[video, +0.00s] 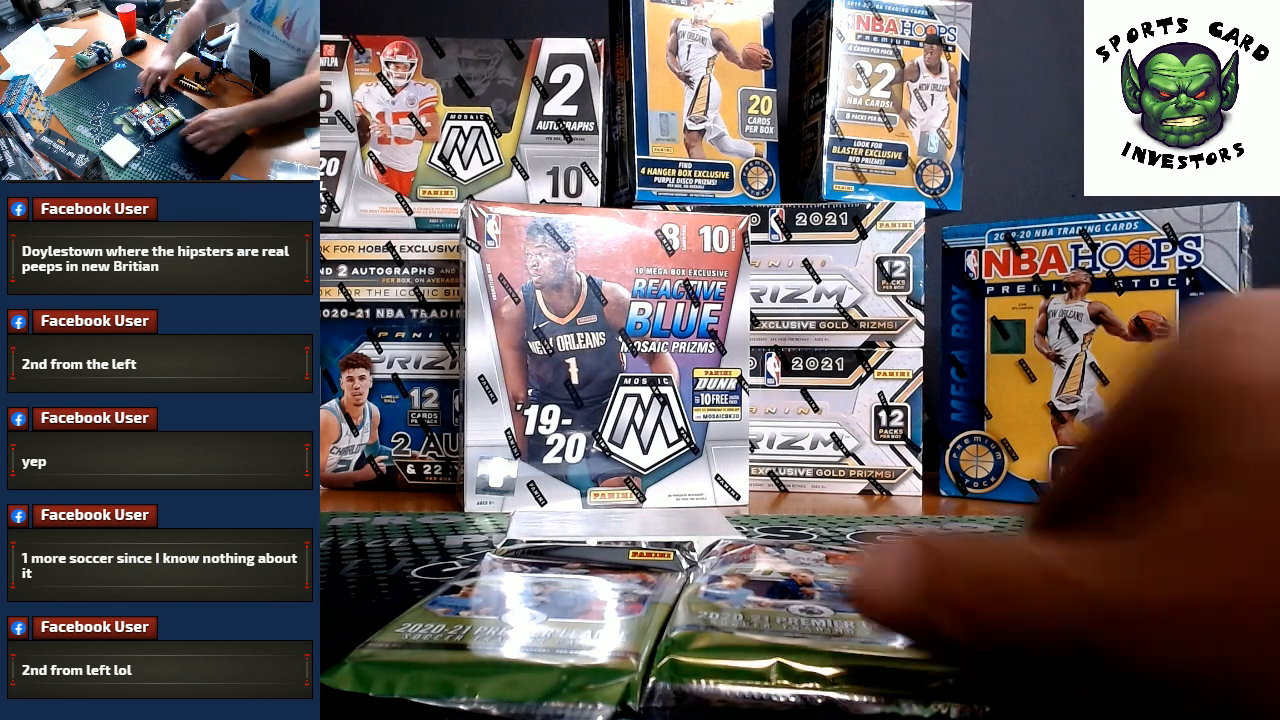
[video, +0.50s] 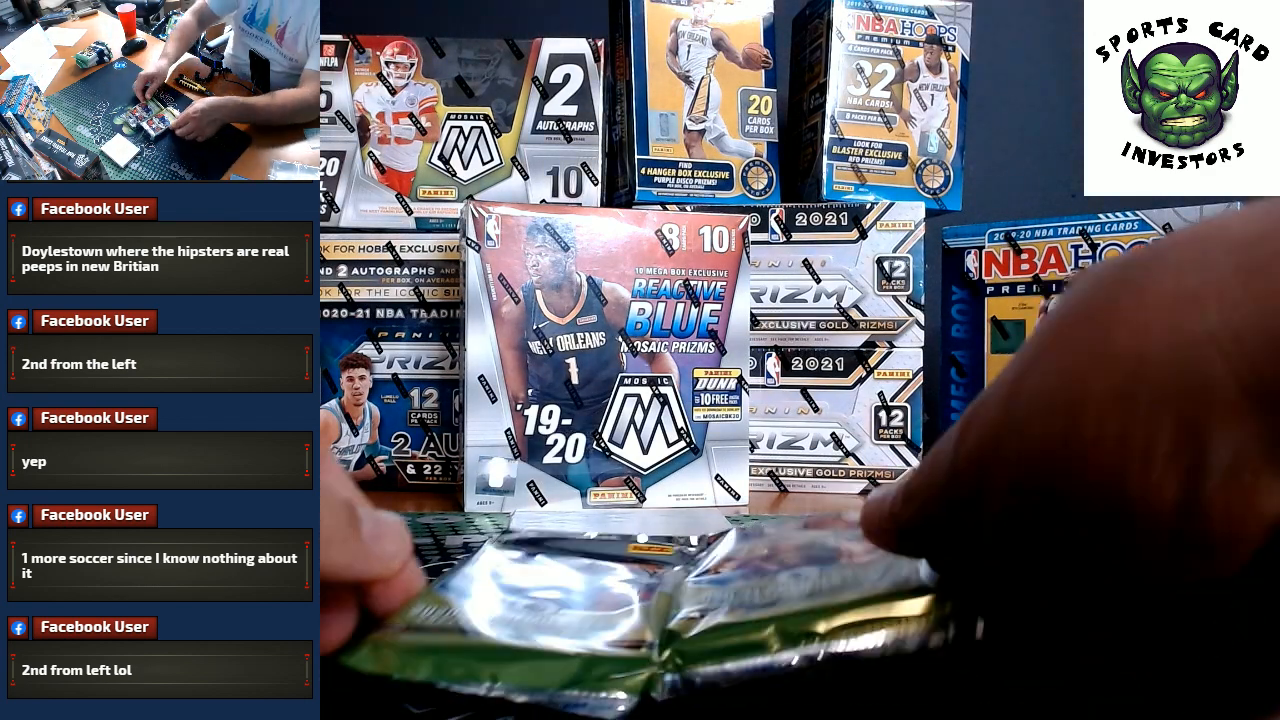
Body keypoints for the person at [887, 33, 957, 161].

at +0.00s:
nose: (928, 53)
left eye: (933, 50)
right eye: (926, 48)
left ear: (941, 52)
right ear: (923, 49)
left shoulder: (949, 70)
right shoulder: (913, 69)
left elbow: (955, 93)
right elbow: (886, 83)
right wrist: (900, 111)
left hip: (940, 117)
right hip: (918, 119)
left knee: (940, 155)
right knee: (923, 155)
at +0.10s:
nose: (928, 52)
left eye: (933, 49)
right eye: (926, 48)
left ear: (941, 51)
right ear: (923, 49)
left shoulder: (949, 71)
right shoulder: (913, 69)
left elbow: (955, 93)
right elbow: (887, 83)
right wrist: (900, 111)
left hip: (940, 117)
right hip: (918, 119)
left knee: (940, 155)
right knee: (922, 156)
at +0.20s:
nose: (928, 52)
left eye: (933, 49)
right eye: (926, 47)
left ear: (941, 51)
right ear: (923, 48)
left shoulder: (949, 70)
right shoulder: (913, 69)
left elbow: (955, 93)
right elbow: (887, 83)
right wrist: (900, 110)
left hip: (940, 118)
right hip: (918, 119)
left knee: (940, 155)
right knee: (923, 156)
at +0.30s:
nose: (928, 52)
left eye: (933, 49)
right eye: (926, 48)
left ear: (941, 51)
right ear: (923, 49)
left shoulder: (950, 70)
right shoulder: (913, 69)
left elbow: (955, 93)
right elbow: (887, 83)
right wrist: (900, 111)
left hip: (940, 117)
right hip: (918, 119)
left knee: (940, 155)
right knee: (922, 155)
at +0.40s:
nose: (928, 53)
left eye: (933, 50)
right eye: (926, 48)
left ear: (941, 52)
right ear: (923, 49)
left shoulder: (949, 70)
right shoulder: (913, 69)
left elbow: (955, 93)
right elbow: (888, 84)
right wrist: (900, 111)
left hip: (941, 118)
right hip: (918, 119)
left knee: (940, 154)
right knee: (923, 155)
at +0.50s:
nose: (928, 52)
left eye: (933, 48)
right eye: (926, 47)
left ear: (941, 51)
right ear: (923, 48)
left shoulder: (949, 70)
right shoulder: (913, 69)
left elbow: (955, 93)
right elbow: (888, 83)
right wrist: (900, 111)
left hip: (941, 118)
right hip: (918, 119)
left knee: (940, 155)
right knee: (922, 156)